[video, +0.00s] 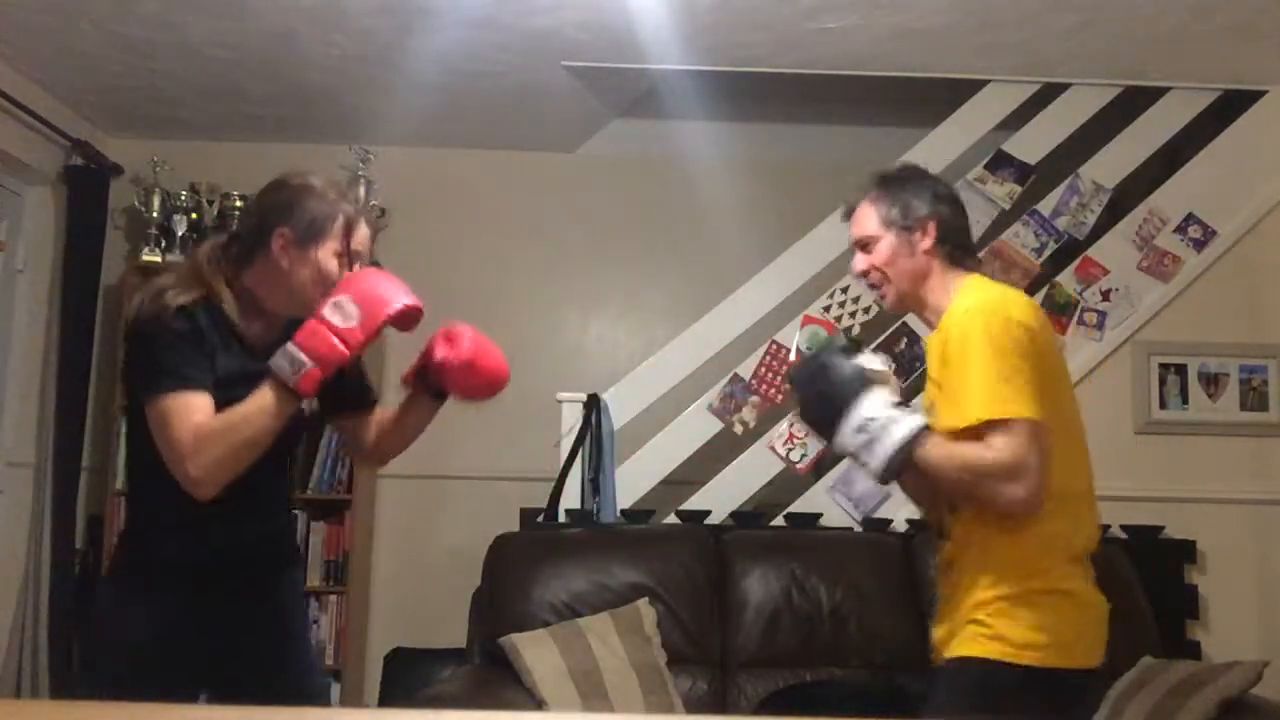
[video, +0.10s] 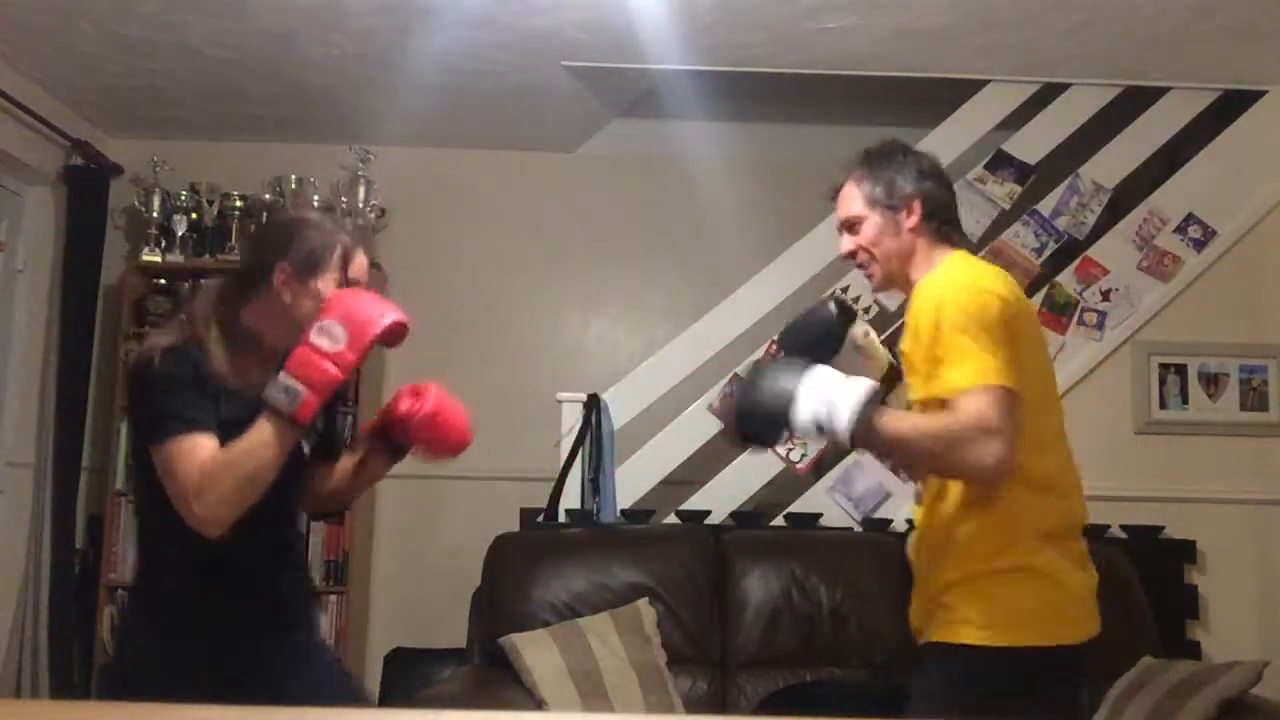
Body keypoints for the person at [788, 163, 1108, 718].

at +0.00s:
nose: (858, 268)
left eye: (867, 245)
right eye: (855, 252)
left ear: (924, 234)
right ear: (921, 238)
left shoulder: (985, 311)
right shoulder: (961, 329)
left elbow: (1015, 481)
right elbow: (959, 504)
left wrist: (879, 427)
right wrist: (880, 426)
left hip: (1020, 638)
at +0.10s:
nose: (845, 247)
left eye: (854, 226)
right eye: (841, 233)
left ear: (909, 212)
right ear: (905, 217)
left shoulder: (959, 286)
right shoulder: (952, 294)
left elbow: (986, 448)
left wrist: (838, 405)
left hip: (1001, 627)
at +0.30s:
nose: (848, 256)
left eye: (852, 234)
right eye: (842, 240)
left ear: (904, 220)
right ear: (913, 221)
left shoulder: (929, 294)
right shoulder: (1018, 306)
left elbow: (859, 407)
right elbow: (927, 455)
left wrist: (730, 335)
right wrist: (827, 377)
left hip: (980, 654)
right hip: (1064, 648)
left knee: (784, 705)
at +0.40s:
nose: (876, 250)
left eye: (880, 232)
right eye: (872, 237)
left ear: (930, 215)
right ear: (951, 218)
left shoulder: (941, 281)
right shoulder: (1040, 304)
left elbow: (813, 355)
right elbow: (908, 447)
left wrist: (678, 304)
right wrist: (841, 328)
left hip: (987, 636)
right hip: (1073, 632)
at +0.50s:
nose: (911, 256)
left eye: (917, 238)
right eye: (908, 243)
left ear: (963, 224)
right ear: (975, 230)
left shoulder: (968, 292)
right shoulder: (1075, 321)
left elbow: (860, 367)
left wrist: (728, 319)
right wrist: (855, 336)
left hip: (993, 639)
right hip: (1095, 636)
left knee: (786, 704)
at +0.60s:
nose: (945, 269)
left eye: (951, 252)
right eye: (944, 254)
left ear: (993, 244)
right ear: (1038, 250)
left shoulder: (1005, 314)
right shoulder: (1101, 341)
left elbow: (864, 394)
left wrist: (801, 295)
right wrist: (961, 319)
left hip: (1034, 648)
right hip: (1119, 647)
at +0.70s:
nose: (1001, 269)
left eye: (1009, 253)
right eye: (1001, 255)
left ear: (1056, 245)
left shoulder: (1041, 312)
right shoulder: (1150, 345)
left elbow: (891, 380)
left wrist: (852, 357)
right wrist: (966, 390)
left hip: (1069, 650)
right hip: (1151, 651)